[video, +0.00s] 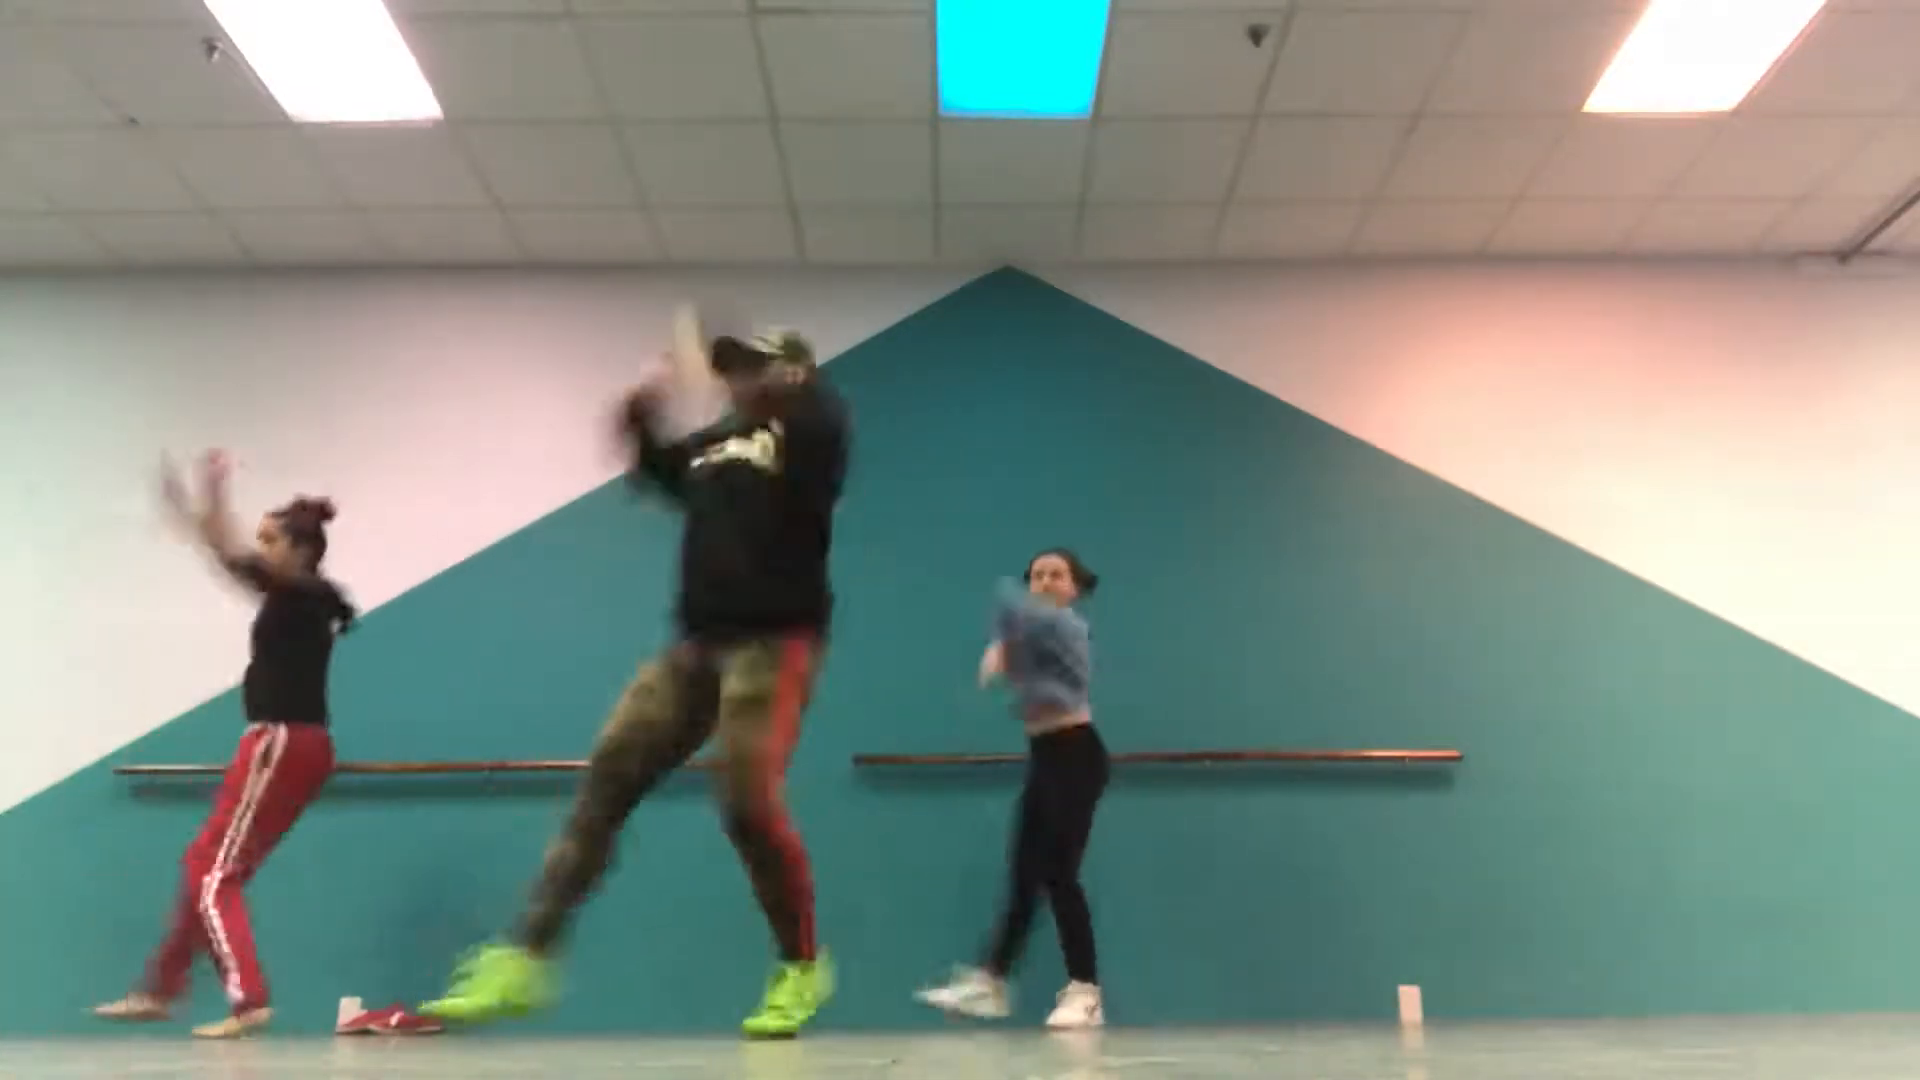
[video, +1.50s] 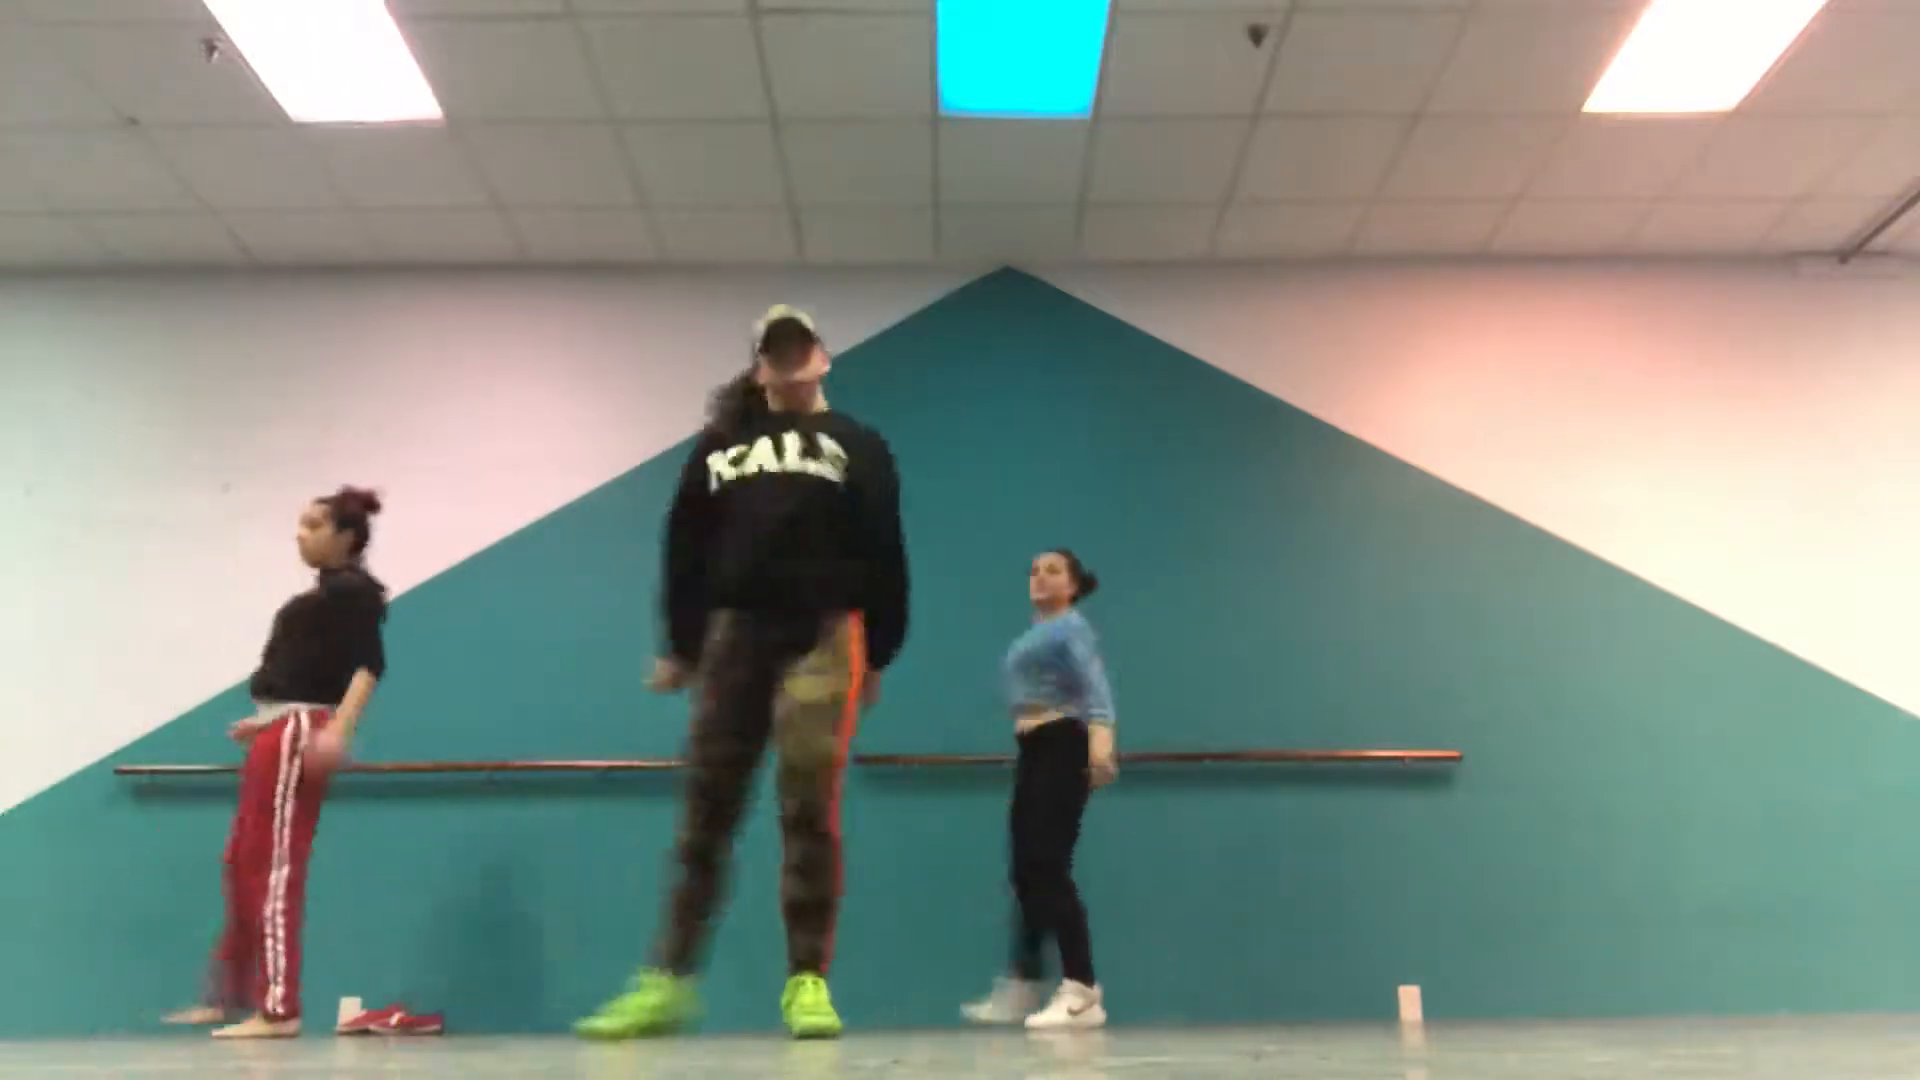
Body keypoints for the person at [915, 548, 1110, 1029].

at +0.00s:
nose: (1046, 583)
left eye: (1057, 575)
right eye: (1038, 576)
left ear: (1076, 588)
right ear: (1028, 586)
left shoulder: (1069, 626)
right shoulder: (1027, 629)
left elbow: (1027, 618)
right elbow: (1009, 657)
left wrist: (1009, 602)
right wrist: (1003, 651)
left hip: (1077, 749)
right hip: (1045, 752)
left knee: (1059, 871)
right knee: (1026, 869)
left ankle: (1084, 989)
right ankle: (991, 980)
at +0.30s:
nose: (1071, 588)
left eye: (1075, 580)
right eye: (1073, 580)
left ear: (1092, 583)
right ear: (1115, 585)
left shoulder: (1065, 631)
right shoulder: (1149, 628)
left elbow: (1018, 598)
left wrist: (1032, 572)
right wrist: (1191, 553)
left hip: (1090, 747)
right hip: (1141, 745)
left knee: (1066, 869)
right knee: (1180, 855)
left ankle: (1089, 982)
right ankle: (1239, 949)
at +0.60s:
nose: (1178, 659)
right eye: (1176, 653)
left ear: (1129, 656)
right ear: (1171, 655)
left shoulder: (1107, 699)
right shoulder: (1191, 692)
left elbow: (1082, 729)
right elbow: (1267, 713)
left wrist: (1127, 729)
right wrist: (1213, 722)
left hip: (1137, 817)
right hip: (1194, 812)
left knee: (1082, 906)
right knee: (1245, 898)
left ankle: (1073, 995)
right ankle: (1273, 994)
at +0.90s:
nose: (1070, 610)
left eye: (1078, 600)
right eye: (1070, 603)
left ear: (1097, 601)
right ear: (1082, 605)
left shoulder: (1115, 636)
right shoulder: (1076, 644)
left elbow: (1077, 582)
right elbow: (1035, 608)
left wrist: (1058, 522)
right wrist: (1051, 555)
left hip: (1099, 763)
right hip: (1080, 764)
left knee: (1048, 878)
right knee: (1054, 880)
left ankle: (1084, 988)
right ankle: (1139, 947)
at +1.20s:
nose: (1015, 631)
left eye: (1028, 625)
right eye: (1012, 624)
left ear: (1051, 636)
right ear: (1005, 633)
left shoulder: (1069, 691)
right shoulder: (990, 683)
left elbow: (1100, 753)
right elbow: (938, 729)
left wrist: (1078, 806)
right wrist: (926, 781)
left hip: (1048, 796)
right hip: (1000, 796)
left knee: (1006, 886)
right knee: (944, 888)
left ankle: (1072, 986)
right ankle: (922, 998)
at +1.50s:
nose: (1040, 579)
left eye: (1052, 571)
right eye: (1036, 571)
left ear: (1074, 585)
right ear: (1030, 583)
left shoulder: (1072, 628)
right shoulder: (1036, 634)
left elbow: (1096, 685)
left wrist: (1100, 739)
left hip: (1064, 738)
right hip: (1033, 741)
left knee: (1047, 863)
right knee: (1026, 864)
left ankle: (1081, 987)